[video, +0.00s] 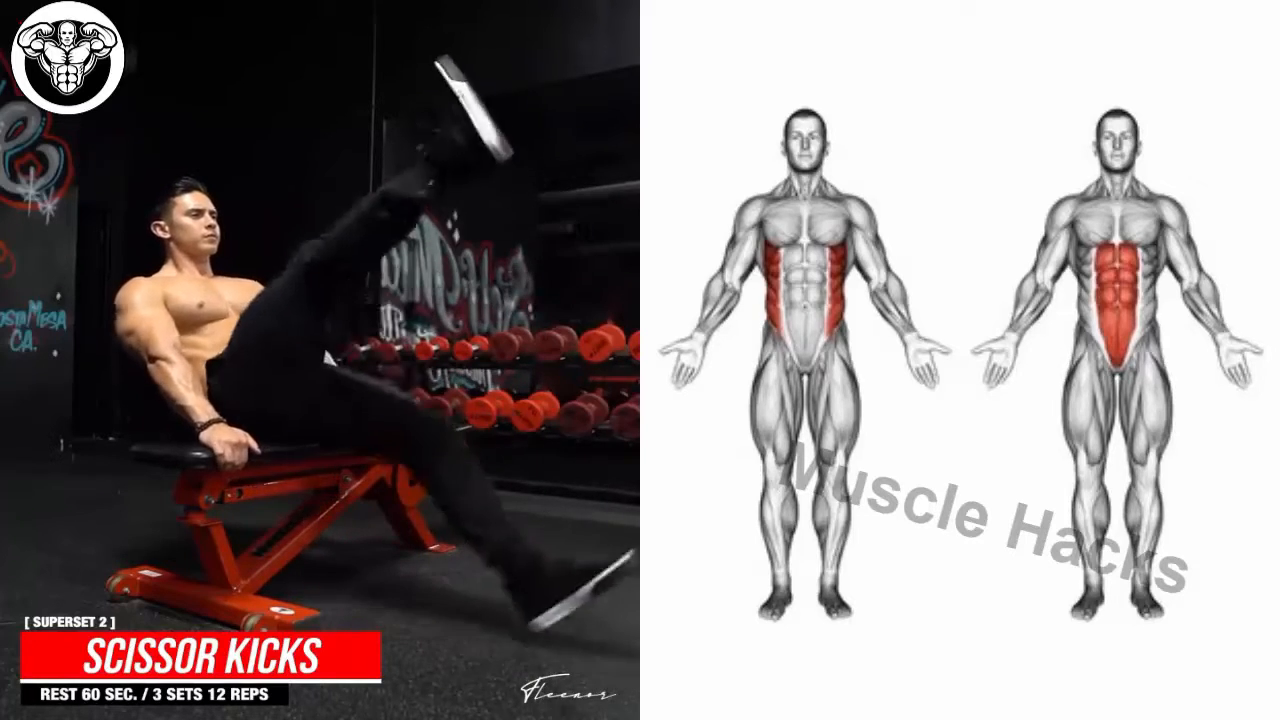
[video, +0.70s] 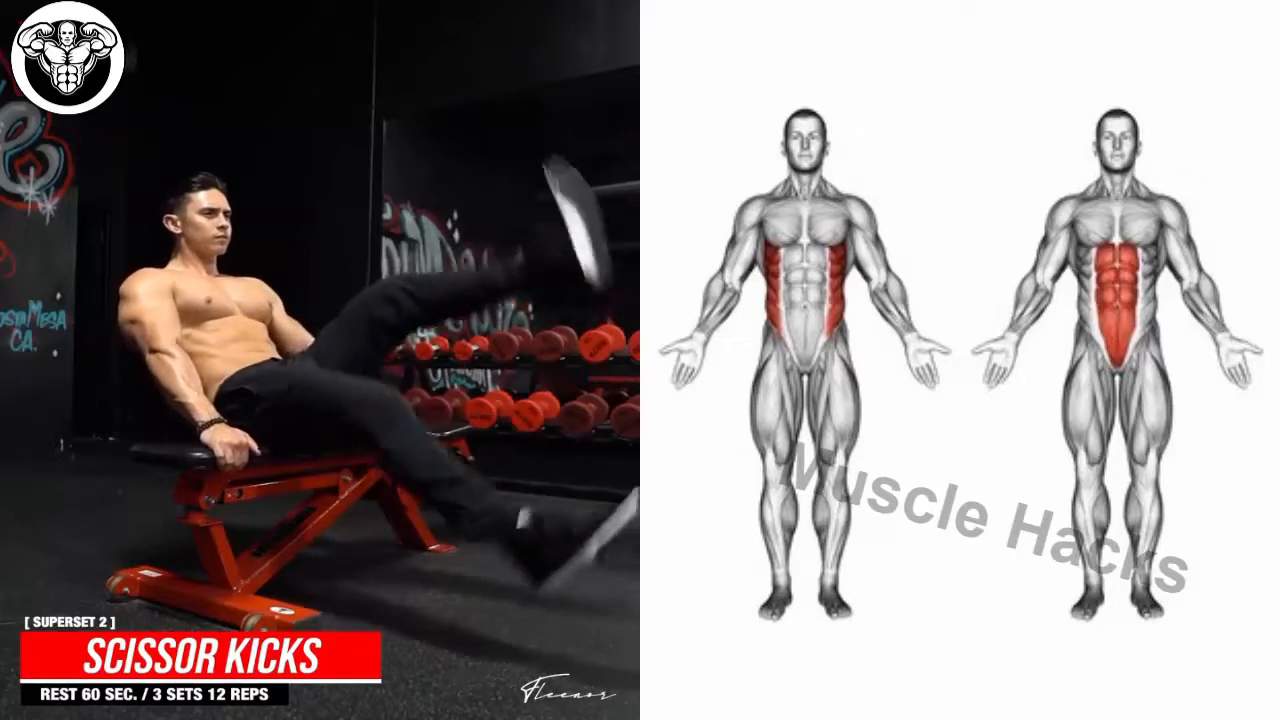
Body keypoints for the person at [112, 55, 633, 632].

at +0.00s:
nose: (209, 219)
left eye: (210, 211)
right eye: (194, 212)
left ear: (212, 227)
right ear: (162, 228)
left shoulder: (249, 289)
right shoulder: (141, 291)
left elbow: (303, 321)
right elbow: (166, 361)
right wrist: (208, 425)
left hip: (303, 395)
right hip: (243, 386)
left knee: (430, 433)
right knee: (314, 265)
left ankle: (531, 581)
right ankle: (444, 162)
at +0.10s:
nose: (211, 224)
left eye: (213, 216)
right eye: (196, 216)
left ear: (215, 229)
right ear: (163, 230)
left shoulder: (249, 289)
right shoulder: (142, 292)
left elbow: (296, 334)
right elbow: (163, 359)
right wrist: (208, 424)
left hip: (305, 393)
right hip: (245, 384)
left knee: (435, 426)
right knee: (321, 270)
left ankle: (526, 575)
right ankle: (446, 192)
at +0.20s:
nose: (211, 226)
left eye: (214, 218)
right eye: (196, 217)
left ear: (217, 230)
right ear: (163, 230)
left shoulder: (249, 293)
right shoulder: (141, 295)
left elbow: (305, 352)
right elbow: (165, 361)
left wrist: (359, 421)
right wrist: (209, 424)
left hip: (309, 399)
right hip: (248, 402)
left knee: (431, 390)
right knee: (338, 292)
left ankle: (556, 497)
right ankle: (498, 256)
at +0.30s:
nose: (211, 229)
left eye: (215, 221)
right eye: (196, 221)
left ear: (218, 232)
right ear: (165, 233)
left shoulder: (252, 293)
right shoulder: (142, 293)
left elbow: (302, 362)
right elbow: (167, 358)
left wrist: (359, 416)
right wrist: (210, 422)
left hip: (301, 398)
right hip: (244, 401)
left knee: (401, 345)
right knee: (361, 332)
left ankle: (576, 385)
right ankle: (527, 355)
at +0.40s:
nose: (214, 226)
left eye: (216, 218)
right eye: (198, 217)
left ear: (218, 230)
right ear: (166, 230)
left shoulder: (251, 293)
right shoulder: (144, 292)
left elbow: (313, 353)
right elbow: (167, 360)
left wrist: (368, 411)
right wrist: (210, 425)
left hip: (300, 376)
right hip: (242, 392)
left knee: (410, 317)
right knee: (380, 377)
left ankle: (562, 295)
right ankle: (553, 471)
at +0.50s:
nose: (218, 225)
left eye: (221, 217)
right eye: (204, 216)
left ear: (225, 229)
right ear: (170, 228)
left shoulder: (254, 292)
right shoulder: (145, 291)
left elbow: (316, 355)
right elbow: (163, 358)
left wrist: (370, 395)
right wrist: (208, 425)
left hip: (303, 376)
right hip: (251, 392)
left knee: (387, 296)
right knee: (381, 417)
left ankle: (536, 221)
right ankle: (528, 548)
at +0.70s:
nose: (222, 226)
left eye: (226, 216)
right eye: (208, 216)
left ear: (228, 223)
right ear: (175, 223)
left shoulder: (255, 290)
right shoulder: (148, 284)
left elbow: (316, 353)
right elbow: (165, 356)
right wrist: (209, 423)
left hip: (300, 381)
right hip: (247, 396)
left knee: (387, 298)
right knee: (379, 404)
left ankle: (539, 265)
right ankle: (520, 536)